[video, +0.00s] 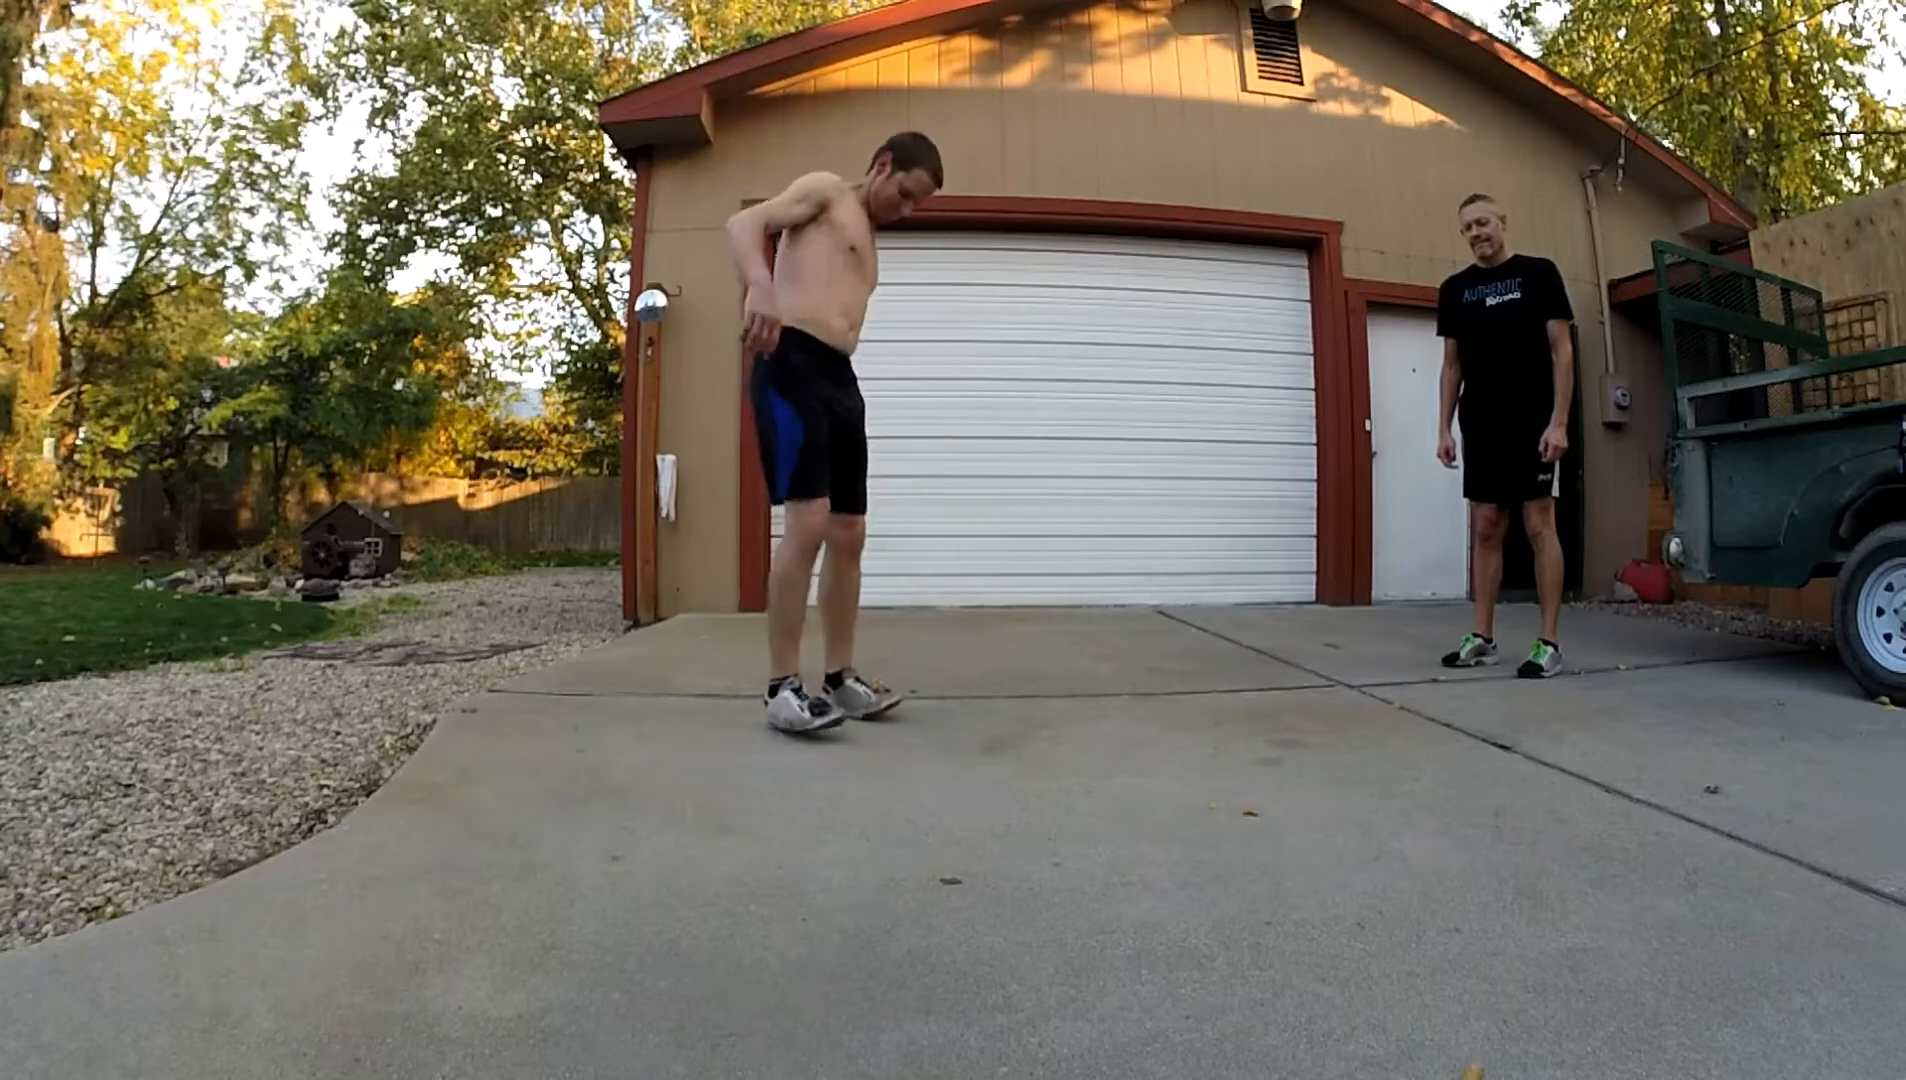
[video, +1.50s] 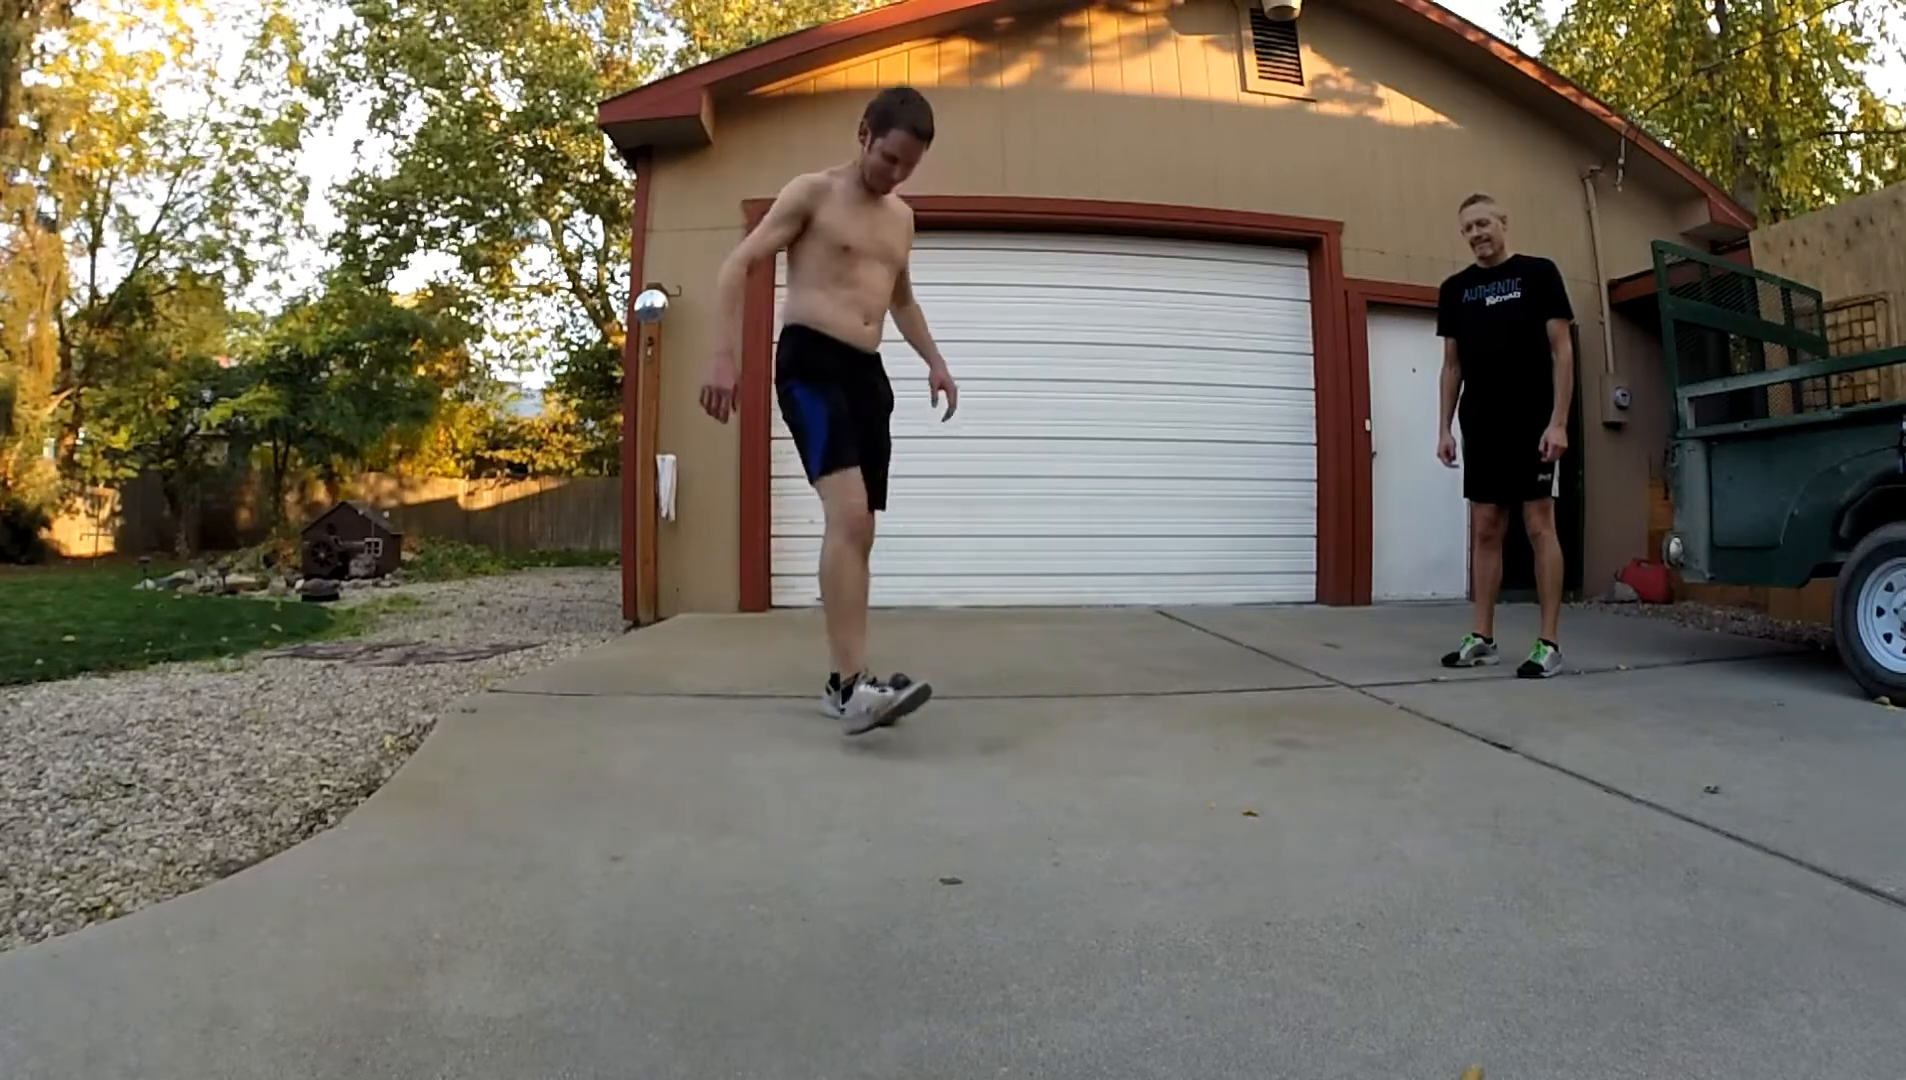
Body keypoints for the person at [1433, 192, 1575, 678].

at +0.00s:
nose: (1477, 232)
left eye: (1483, 223)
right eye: (1469, 227)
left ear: (1503, 224)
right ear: (1462, 236)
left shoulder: (1539, 273)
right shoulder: (1455, 290)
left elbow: (1562, 349)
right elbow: (1452, 363)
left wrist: (1559, 422)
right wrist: (1445, 428)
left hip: (1534, 420)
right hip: (1482, 423)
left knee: (1539, 527)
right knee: (1486, 528)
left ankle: (1549, 641)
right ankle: (1482, 636)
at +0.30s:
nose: (1477, 232)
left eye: (1483, 223)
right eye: (1469, 227)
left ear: (1502, 224)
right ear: (1462, 236)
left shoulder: (1539, 273)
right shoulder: (1454, 290)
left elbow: (1562, 349)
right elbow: (1452, 365)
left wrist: (1558, 422)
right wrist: (1446, 429)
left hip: (1534, 420)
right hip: (1482, 423)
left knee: (1539, 527)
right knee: (1486, 528)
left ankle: (1549, 641)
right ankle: (1482, 636)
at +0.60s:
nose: (1476, 232)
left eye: (1482, 223)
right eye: (1468, 227)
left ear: (1502, 224)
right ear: (1461, 236)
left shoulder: (1539, 273)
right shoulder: (1454, 290)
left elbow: (1562, 350)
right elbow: (1452, 364)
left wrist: (1558, 422)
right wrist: (1446, 428)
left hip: (1534, 420)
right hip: (1482, 423)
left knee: (1539, 527)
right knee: (1485, 529)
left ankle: (1549, 642)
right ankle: (1482, 636)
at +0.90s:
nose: (1476, 232)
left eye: (1483, 223)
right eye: (1468, 227)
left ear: (1503, 225)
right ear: (1461, 236)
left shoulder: (1539, 273)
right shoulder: (1454, 290)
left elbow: (1562, 350)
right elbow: (1452, 364)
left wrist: (1558, 422)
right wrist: (1446, 429)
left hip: (1534, 420)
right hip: (1483, 423)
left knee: (1539, 527)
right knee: (1485, 529)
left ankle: (1549, 642)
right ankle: (1482, 636)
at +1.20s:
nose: (1477, 233)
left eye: (1483, 223)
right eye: (1469, 228)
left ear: (1503, 225)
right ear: (1462, 237)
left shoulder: (1539, 273)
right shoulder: (1455, 290)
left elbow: (1563, 351)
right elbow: (1452, 364)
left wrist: (1558, 422)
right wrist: (1445, 427)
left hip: (1534, 420)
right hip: (1483, 423)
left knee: (1539, 527)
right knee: (1485, 529)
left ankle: (1549, 642)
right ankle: (1482, 636)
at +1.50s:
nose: (1477, 233)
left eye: (1483, 223)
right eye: (1469, 228)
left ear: (1503, 225)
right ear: (1462, 237)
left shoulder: (1539, 273)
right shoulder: (1455, 290)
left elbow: (1563, 351)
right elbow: (1452, 364)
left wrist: (1558, 422)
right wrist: (1445, 427)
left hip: (1534, 420)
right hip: (1482, 423)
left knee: (1539, 527)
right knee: (1485, 529)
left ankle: (1549, 642)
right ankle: (1482, 636)